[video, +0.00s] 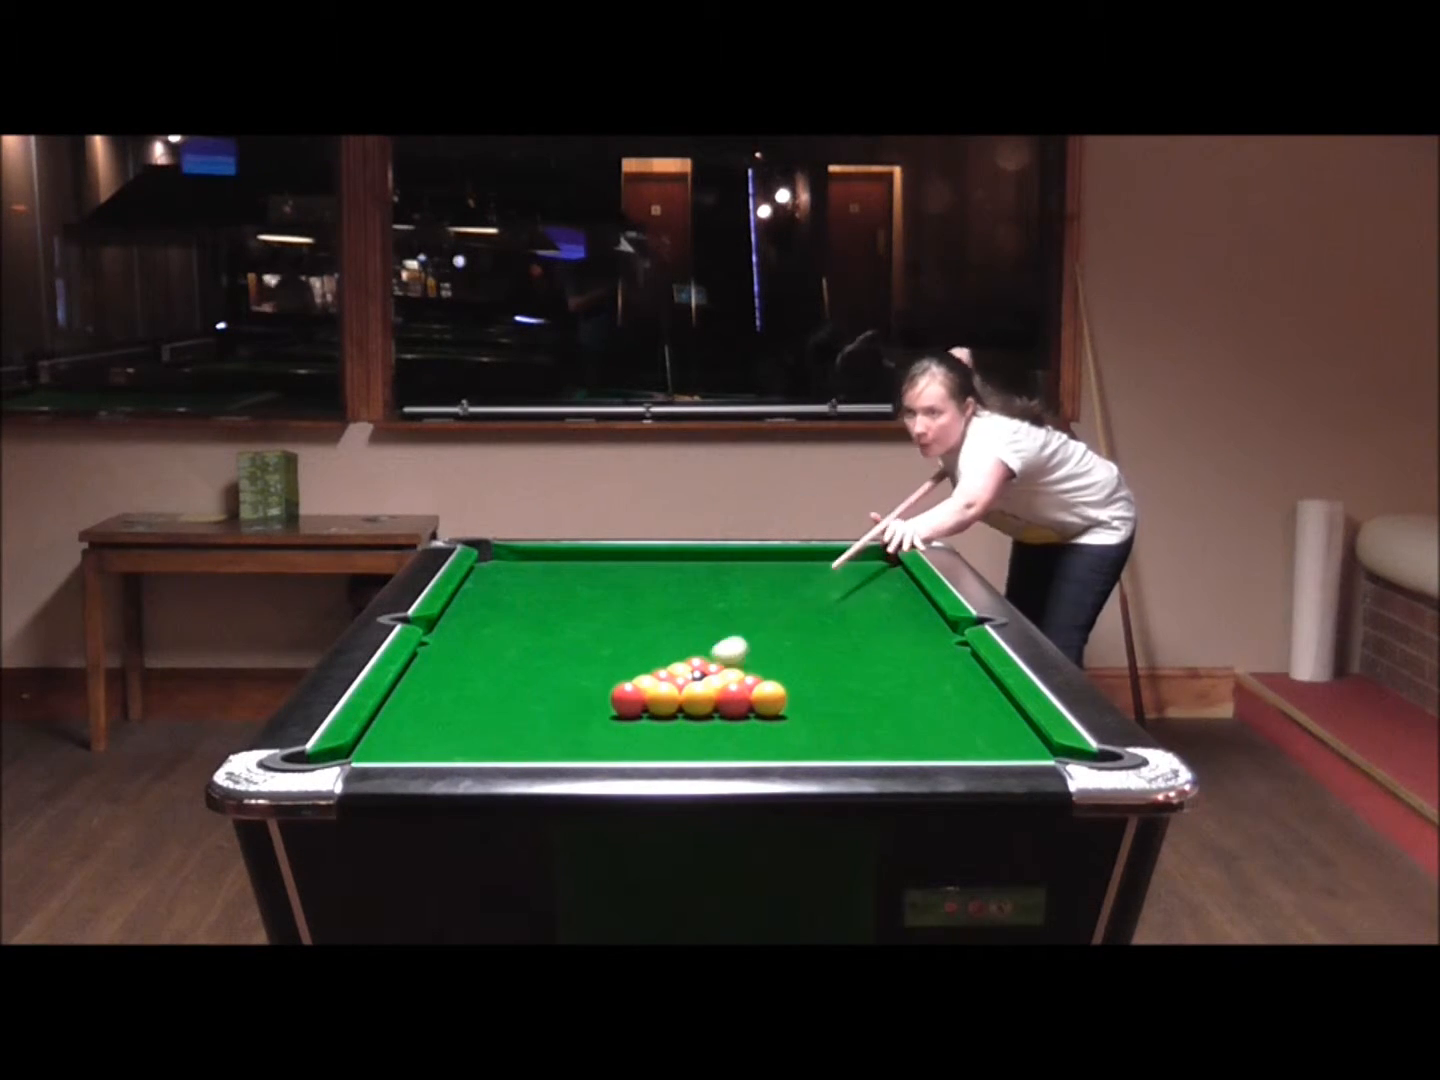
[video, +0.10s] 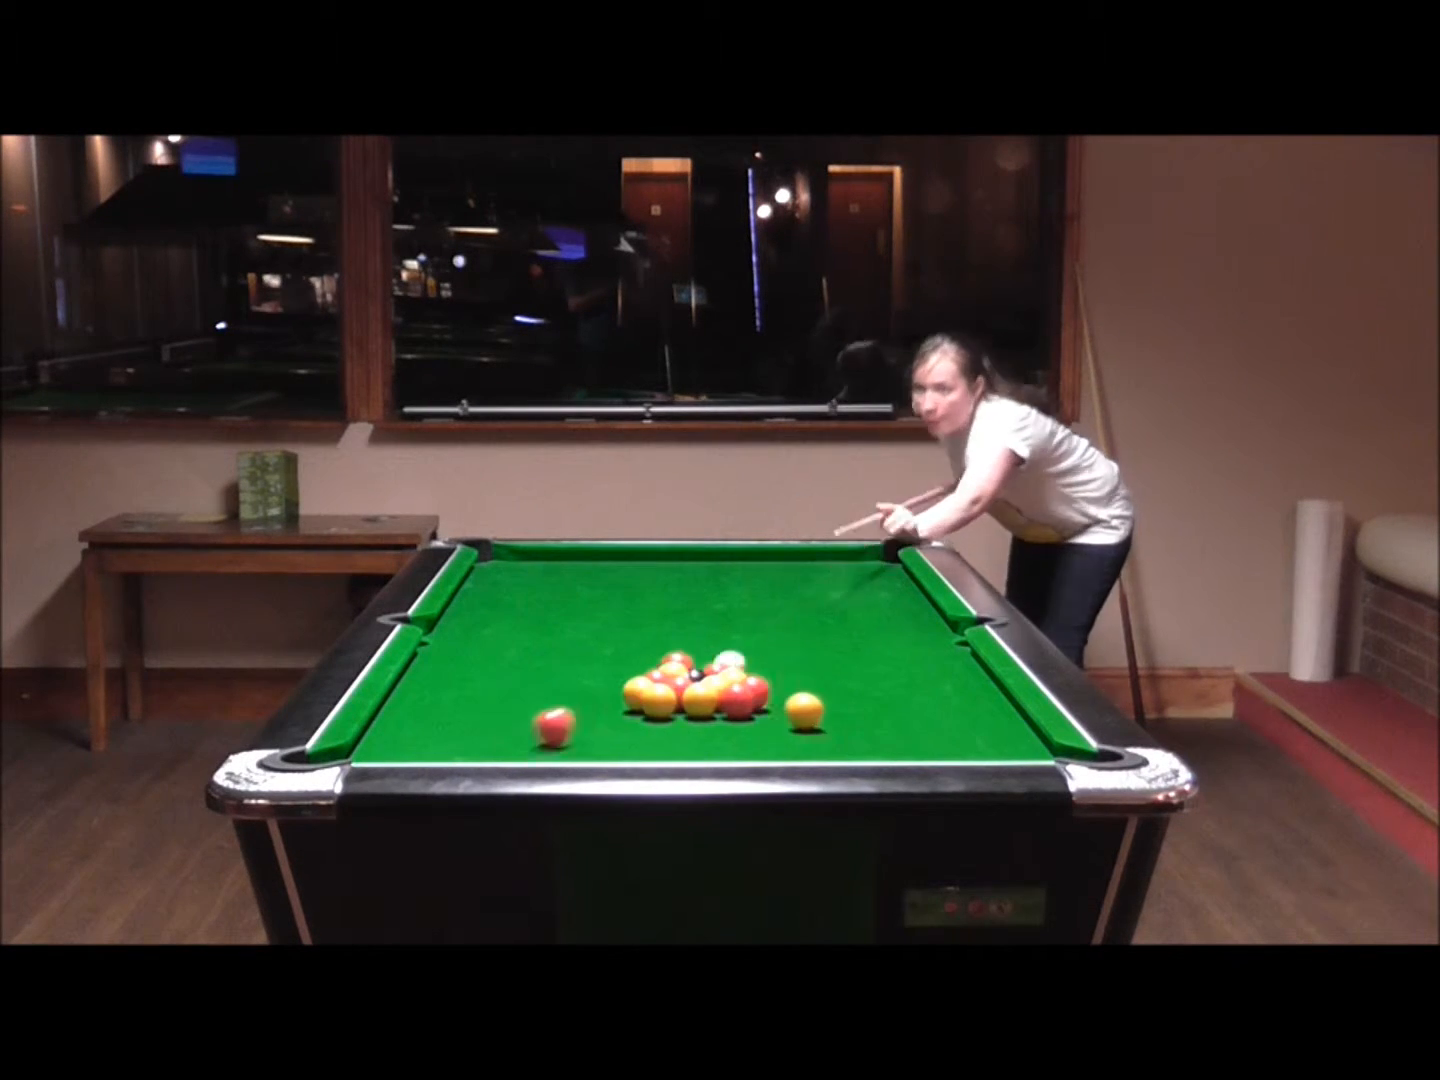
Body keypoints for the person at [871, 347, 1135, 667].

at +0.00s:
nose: (918, 428)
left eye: (932, 413)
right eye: (910, 414)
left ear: (967, 409)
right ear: (901, 414)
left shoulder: (991, 441)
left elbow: (969, 505)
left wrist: (914, 529)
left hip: (1096, 525)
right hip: (1037, 529)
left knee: (1057, 649)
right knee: (1015, 638)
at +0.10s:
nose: (926, 405)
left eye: (942, 389)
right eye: (919, 390)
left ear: (977, 388)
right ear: (910, 391)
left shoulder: (1002, 423)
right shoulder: (956, 428)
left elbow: (974, 500)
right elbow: (965, 485)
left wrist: (918, 528)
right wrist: (909, 509)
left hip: (1094, 528)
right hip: (1035, 531)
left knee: (1057, 649)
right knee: (1016, 641)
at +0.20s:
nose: (936, 381)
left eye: (952, 367)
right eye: (928, 367)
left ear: (985, 368)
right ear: (920, 369)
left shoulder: (1010, 407)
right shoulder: (946, 406)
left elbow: (981, 492)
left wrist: (916, 523)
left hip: (1091, 527)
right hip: (1031, 528)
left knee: (1055, 650)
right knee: (1015, 642)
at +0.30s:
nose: (948, 348)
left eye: (964, 335)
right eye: (940, 334)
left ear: (996, 341)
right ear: (931, 340)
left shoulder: (1020, 386)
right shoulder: (942, 377)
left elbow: (998, 487)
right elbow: (969, 454)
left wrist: (924, 520)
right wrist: (945, 507)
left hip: (1086, 525)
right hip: (1027, 526)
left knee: (1054, 650)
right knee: (1014, 644)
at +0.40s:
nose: (956, 331)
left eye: (973, 317)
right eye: (948, 316)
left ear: (1004, 326)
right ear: (939, 323)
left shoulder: (1027, 376)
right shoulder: (946, 369)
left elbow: (1012, 482)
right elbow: (970, 430)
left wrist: (930, 510)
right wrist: (962, 471)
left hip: (1080, 527)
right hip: (1021, 525)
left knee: (1052, 649)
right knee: (1011, 644)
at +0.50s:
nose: (969, 309)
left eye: (986, 297)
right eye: (960, 296)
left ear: (1015, 307)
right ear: (950, 303)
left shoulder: (1037, 361)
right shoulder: (953, 355)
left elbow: (1030, 473)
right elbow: (969, 431)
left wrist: (939, 497)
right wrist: (959, 475)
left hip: (1076, 528)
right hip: (1016, 524)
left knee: (1051, 653)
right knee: (1007, 648)